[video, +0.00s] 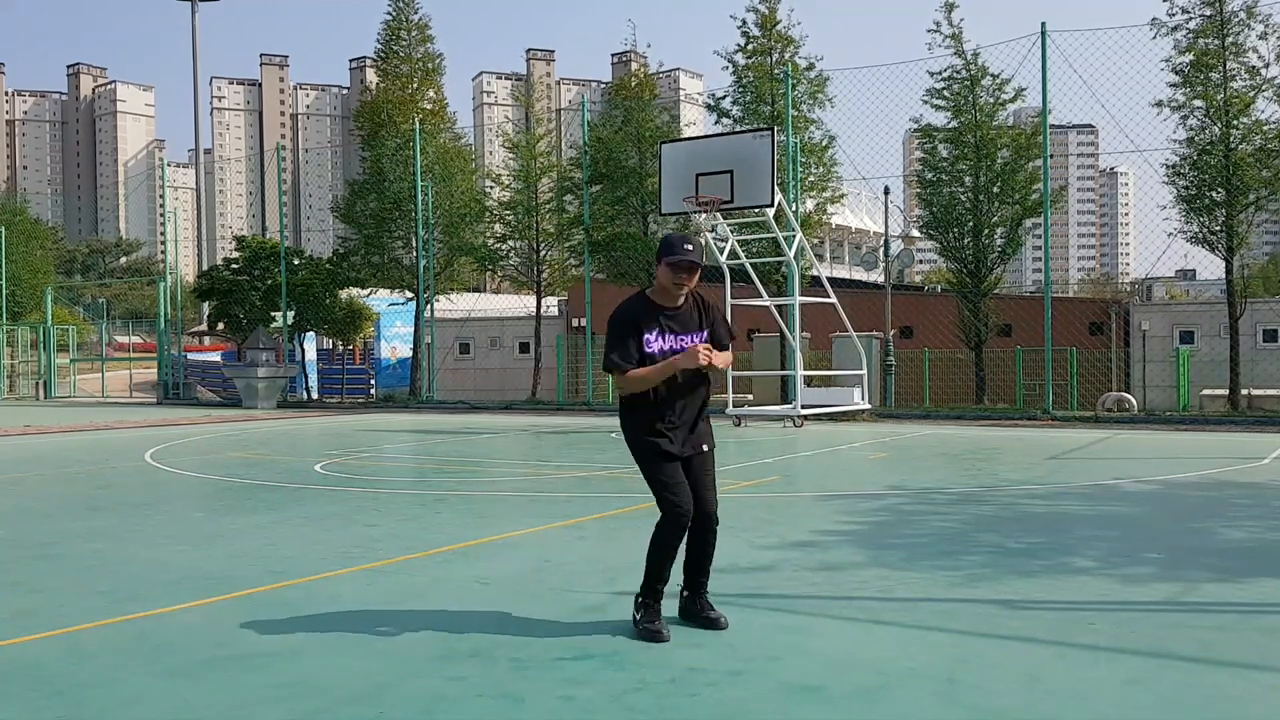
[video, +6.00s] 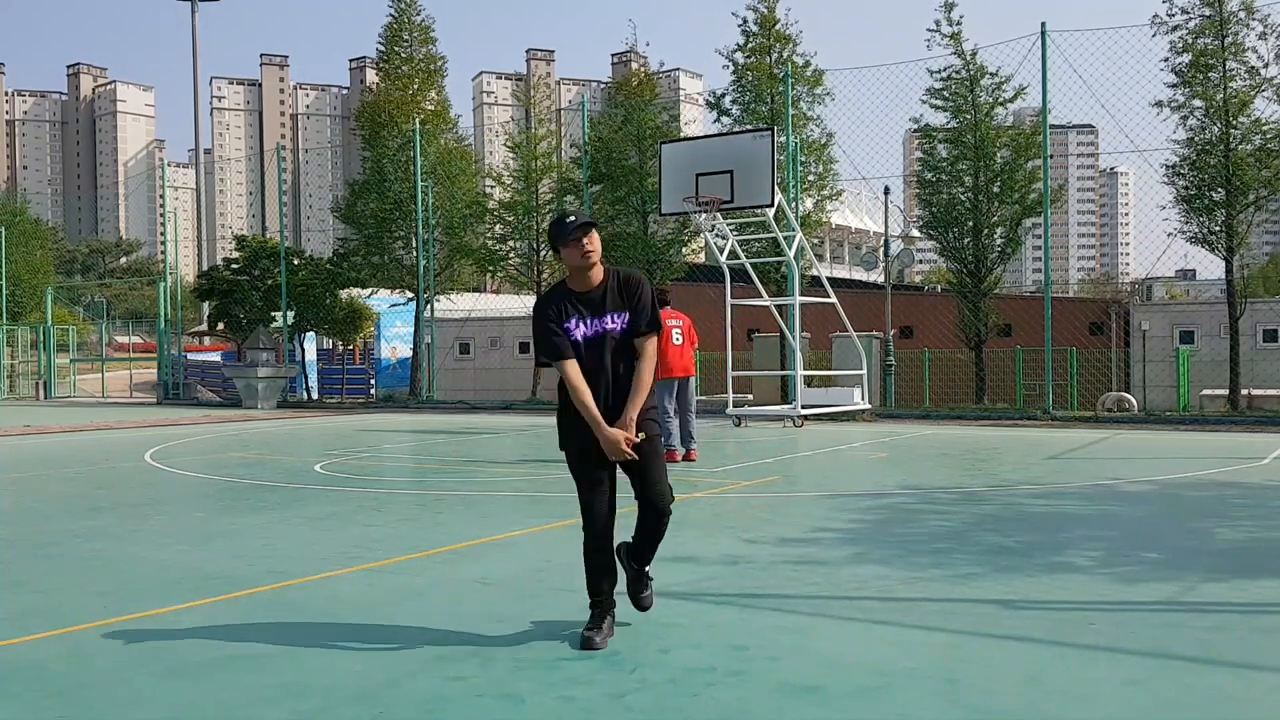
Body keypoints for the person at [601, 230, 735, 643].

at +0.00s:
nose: (684, 276)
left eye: (691, 269)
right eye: (676, 267)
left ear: (699, 273)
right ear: (658, 267)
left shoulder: (703, 307)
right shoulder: (629, 314)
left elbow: (728, 355)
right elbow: (624, 382)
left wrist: (716, 358)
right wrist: (678, 363)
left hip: (694, 424)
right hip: (649, 429)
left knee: (707, 514)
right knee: (679, 510)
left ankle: (695, 599)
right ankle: (648, 606)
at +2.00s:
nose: (603, 289)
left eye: (609, 278)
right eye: (590, 281)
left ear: (618, 275)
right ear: (565, 283)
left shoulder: (641, 317)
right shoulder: (555, 314)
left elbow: (699, 364)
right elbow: (552, 353)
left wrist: (631, 389)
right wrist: (557, 380)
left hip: (637, 445)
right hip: (585, 442)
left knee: (616, 540)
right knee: (570, 547)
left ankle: (628, 655)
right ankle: (574, 650)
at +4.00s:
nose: (495, 271)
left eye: (503, 264)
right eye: (488, 263)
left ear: (519, 265)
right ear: (480, 264)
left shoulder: (537, 311)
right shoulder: (465, 300)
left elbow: (535, 378)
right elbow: (445, 358)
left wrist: (475, 397)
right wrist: (489, 382)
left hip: (516, 421)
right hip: (472, 418)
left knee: (509, 509)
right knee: (452, 504)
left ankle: (536, 595)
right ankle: (458, 580)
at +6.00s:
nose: (583, 245)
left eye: (587, 236)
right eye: (572, 242)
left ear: (600, 240)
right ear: (559, 254)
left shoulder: (634, 286)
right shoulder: (550, 306)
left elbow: (647, 356)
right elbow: (572, 377)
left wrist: (629, 418)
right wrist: (602, 431)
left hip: (637, 414)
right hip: (584, 422)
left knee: (659, 502)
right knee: (597, 520)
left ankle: (637, 560)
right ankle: (601, 610)